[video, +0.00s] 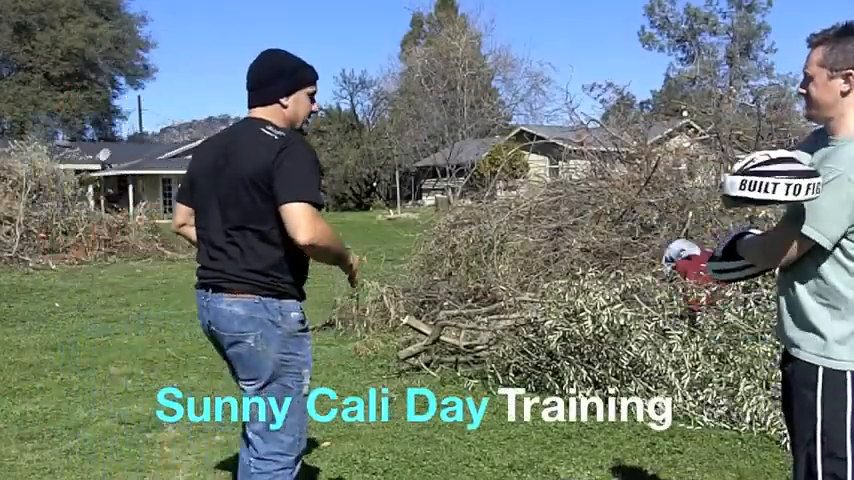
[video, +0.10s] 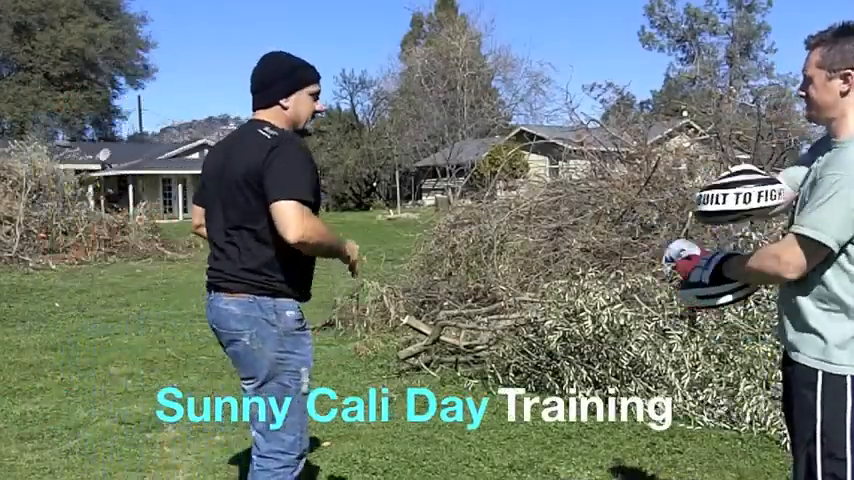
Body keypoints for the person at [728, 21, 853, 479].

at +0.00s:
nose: (801, 90)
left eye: (809, 80)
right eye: (803, 79)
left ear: (845, 84)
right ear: (840, 83)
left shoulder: (844, 161)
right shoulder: (817, 146)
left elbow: (780, 251)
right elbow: (777, 230)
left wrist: (737, 244)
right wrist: (723, 265)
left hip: (833, 354)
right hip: (806, 346)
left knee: (828, 469)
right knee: (811, 465)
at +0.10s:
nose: (801, 91)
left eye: (808, 80)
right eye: (803, 81)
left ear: (845, 83)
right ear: (842, 84)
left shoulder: (845, 163)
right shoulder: (828, 153)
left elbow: (790, 261)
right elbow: (773, 190)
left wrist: (717, 266)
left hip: (832, 361)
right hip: (811, 355)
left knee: (828, 471)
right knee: (813, 468)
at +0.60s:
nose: (778, 94)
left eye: (785, 84)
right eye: (779, 84)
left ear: (821, 88)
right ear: (822, 88)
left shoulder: (841, 166)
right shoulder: (827, 162)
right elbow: (830, 256)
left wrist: (793, 330)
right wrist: (777, 265)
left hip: (833, 376)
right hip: (817, 369)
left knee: (827, 471)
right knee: (812, 470)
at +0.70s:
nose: (768, 97)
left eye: (774, 86)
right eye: (769, 86)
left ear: (812, 89)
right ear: (813, 89)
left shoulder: (837, 168)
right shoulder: (821, 158)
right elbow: (832, 252)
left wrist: (829, 324)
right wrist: (785, 265)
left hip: (827, 366)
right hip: (807, 360)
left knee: (827, 472)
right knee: (809, 468)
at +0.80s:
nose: (764, 100)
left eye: (770, 88)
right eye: (765, 89)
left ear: (808, 90)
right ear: (809, 90)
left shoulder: (835, 170)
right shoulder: (818, 160)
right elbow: (826, 257)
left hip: (827, 372)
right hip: (806, 365)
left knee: (826, 470)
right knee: (807, 467)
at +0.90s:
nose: (759, 102)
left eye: (765, 90)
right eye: (760, 90)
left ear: (803, 90)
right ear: (805, 91)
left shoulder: (833, 167)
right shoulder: (818, 158)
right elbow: (826, 262)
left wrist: (828, 344)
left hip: (825, 373)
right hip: (806, 366)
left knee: (826, 472)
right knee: (809, 469)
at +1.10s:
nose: (758, 105)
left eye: (764, 92)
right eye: (759, 93)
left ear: (802, 90)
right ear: (804, 90)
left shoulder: (829, 160)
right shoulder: (825, 154)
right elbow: (826, 260)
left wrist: (793, 311)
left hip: (827, 377)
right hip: (819, 372)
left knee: (823, 472)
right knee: (817, 470)